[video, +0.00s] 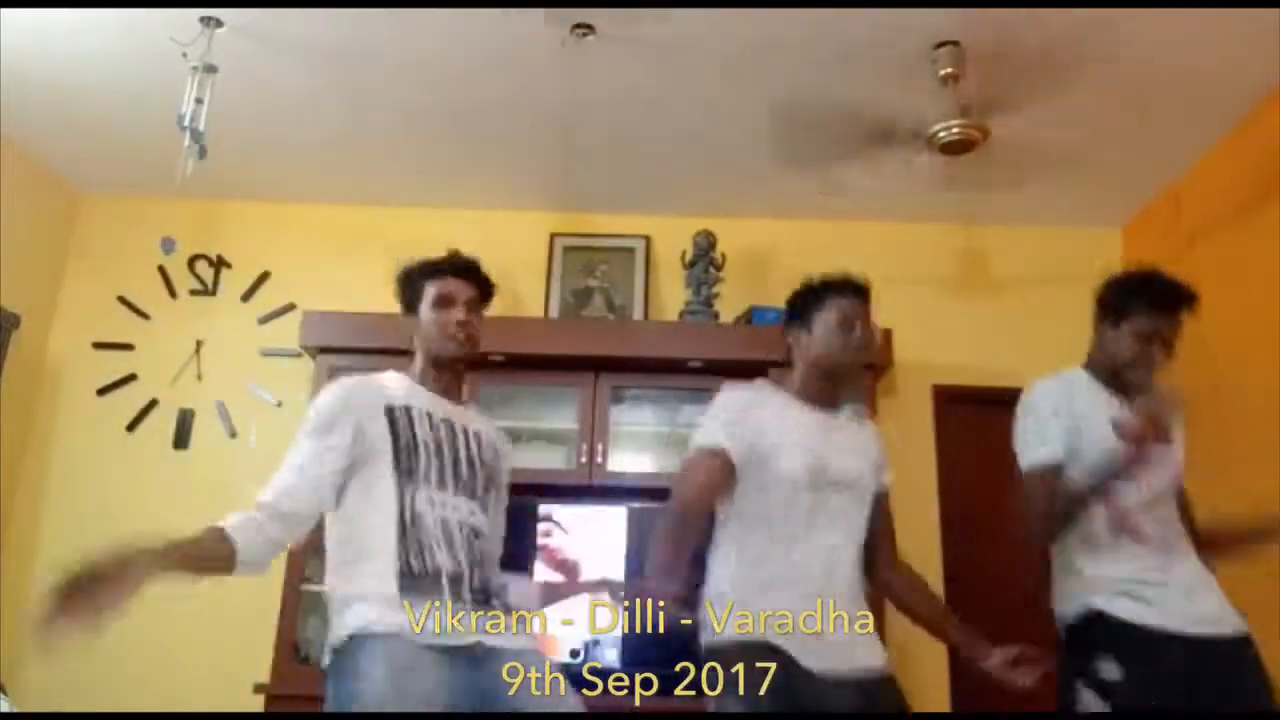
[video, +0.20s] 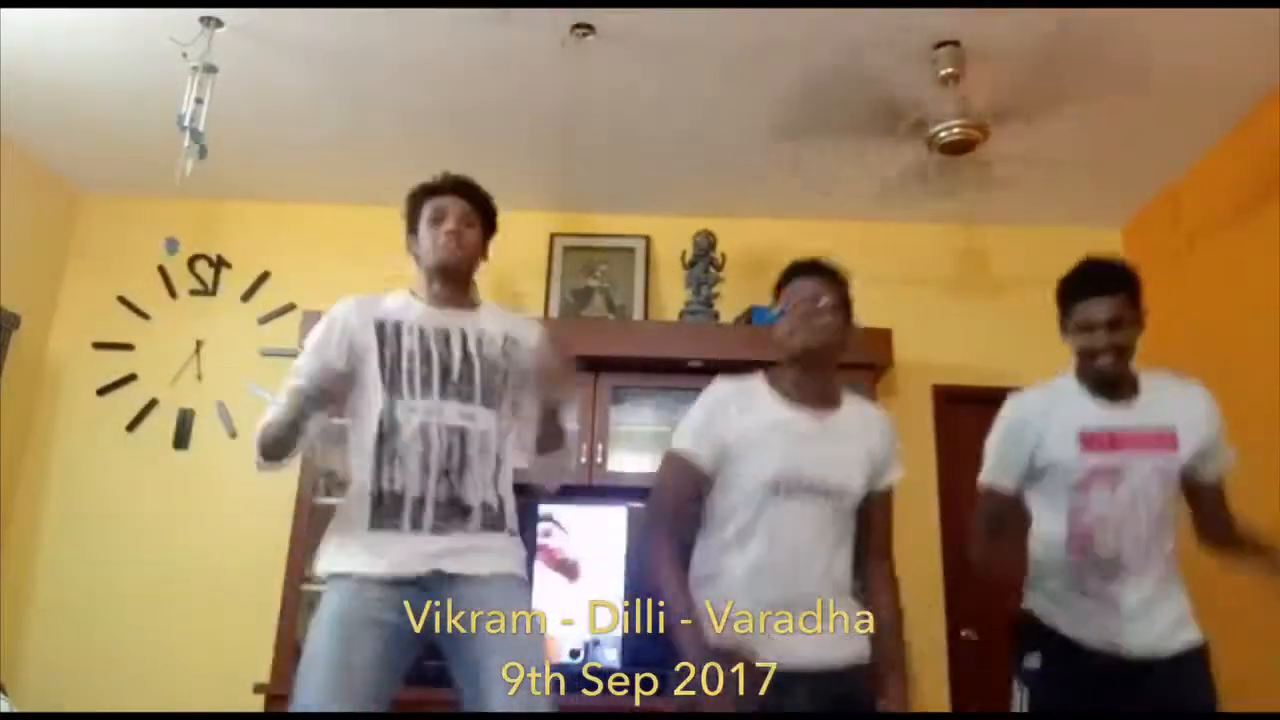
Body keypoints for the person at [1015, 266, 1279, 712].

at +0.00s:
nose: (1156, 358)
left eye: (1166, 345)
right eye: (1146, 340)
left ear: (1173, 348)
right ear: (1107, 327)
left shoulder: (1159, 407)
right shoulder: (1051, 397)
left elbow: (1186, 536)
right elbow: (1041, 522)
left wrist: (1270, 530)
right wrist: (1125, 453)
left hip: (1198, 607)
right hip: (1112, 612)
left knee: (1252, 698)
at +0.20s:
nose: (1102, 343)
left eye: (1116, 326)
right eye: (1086, 329)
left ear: (1139, 323)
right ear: (1065, 332)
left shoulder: (1188, 406)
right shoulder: (1028, 416)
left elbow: (1217, 529)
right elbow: (988, 538)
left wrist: (1264, 551)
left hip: (1166, 644)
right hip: (1065, 643)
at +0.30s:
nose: (1081, 383)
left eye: (1095, 365)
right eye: (1066, 371)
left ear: (1129, 364)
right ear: (1056, 379)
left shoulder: (1188, 473)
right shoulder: (1025, 466)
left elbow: (1216, 613)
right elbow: (998, 592)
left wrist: (1263, 699)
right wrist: (1027, 691)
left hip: (1158, 693)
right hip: (1057, 692)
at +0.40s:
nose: (1067, 389)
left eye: (1082, 372)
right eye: (1059, 380)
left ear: (1128, 374)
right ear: (1054, 388)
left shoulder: (1189, 489)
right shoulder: (1022, 467)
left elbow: (1216, 630)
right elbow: (990, 592)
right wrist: (976, 694)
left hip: (1148, 699)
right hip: (1045, 694)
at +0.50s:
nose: (1065, 357)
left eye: (1078, 342)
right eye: (1057, 347)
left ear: (1124, 342)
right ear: (1052, 353)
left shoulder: (1174, 443)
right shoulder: (1022, 423)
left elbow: (1183, 586)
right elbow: (987, 527)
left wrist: (1077, 565)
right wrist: (936, 554)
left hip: (1125, 679)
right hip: (1023, 664)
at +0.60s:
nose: (1058, 352)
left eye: (1072, 337)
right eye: (1050, 343)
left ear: (1116, 334)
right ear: (1044, 346)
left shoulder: (1156, 418)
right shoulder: (1027, 415)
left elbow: (1130, 547)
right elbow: (986, 520)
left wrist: (1023, 504)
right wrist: (910, 516)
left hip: (1087, 640)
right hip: (995, 626)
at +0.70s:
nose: (1051, 384)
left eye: (1063, 368)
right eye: (1044, 374)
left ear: (1107, 364)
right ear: (1039, 376)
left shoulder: (1139, 436)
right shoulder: (1042, 445)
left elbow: (1090, 572)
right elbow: (1012, 546)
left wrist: (988, 587)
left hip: (1060, 658)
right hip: (981, 645)